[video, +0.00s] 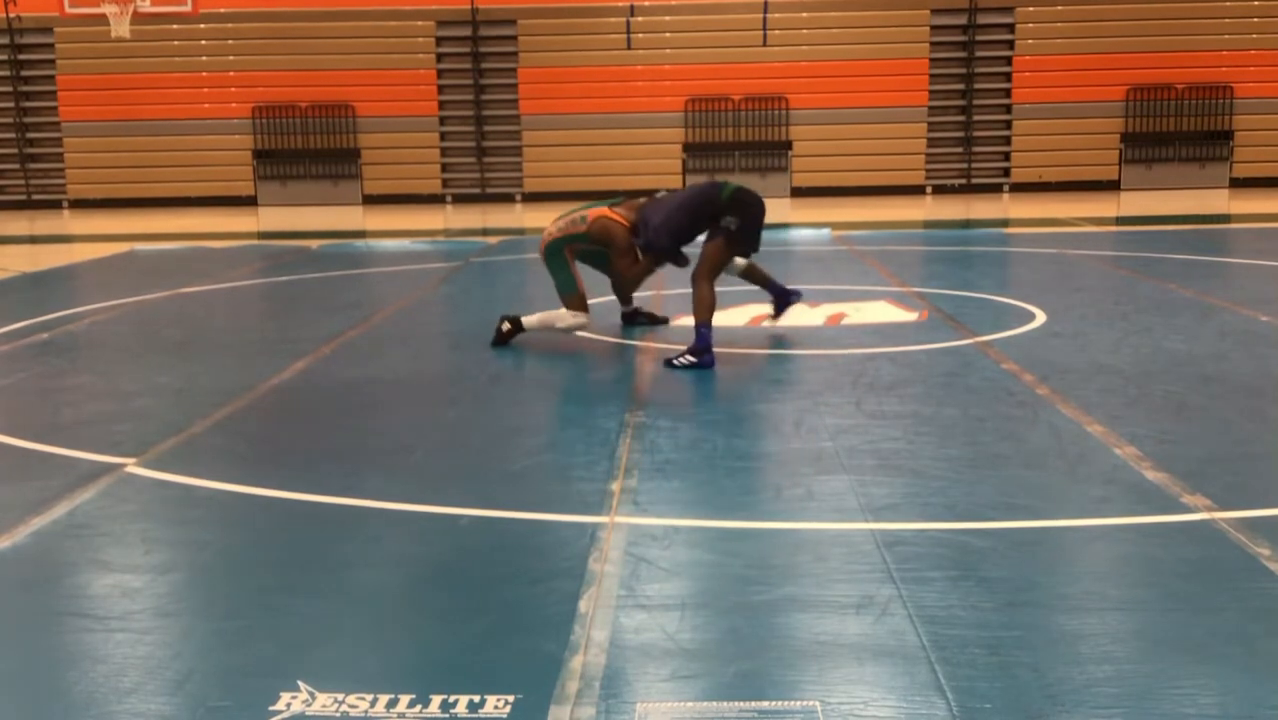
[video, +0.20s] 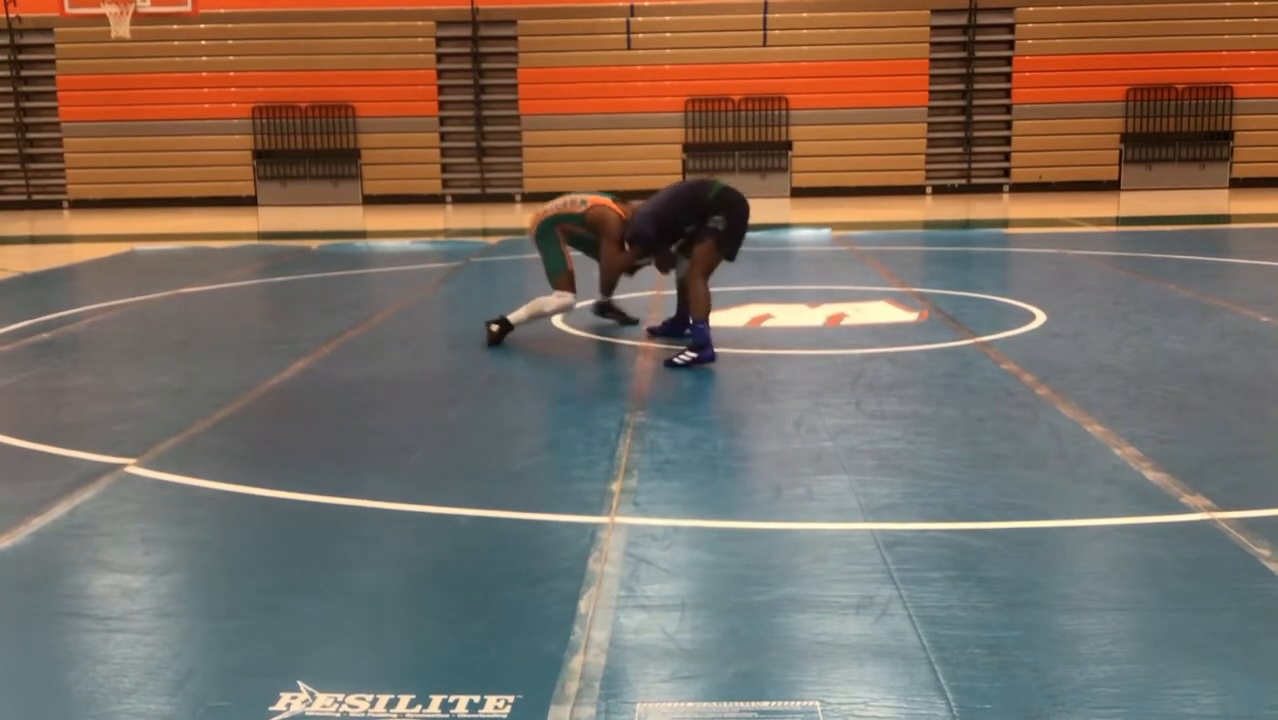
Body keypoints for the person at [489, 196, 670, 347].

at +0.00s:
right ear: (647, 229)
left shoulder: (634, 210)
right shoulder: (618, 232)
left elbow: (629, 272)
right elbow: (626, 283)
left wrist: (662, 254)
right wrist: (657, 259)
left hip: (574, 238)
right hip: (555, 245)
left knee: (620, 267)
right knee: (578, 318)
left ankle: (630, 313)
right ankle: (515, 324)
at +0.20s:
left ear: (636, 211)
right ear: (635, 218)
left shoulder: (621, 212)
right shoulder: (612, 219)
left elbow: (624, 266)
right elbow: (611, 271)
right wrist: (640, 247)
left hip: (566, 223)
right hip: (547, 225)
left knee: (612, 258)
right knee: (565, 299)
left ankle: (604, 302)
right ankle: (503, 324)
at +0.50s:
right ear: (640, 214)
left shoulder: (623, 204)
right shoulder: (611, 198)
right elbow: (598, 241)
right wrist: (633, 225)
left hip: (574, 215)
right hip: (551, 209)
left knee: (608, 264)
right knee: (554, 284)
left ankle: (599, 310)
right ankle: (490, 315)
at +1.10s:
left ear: (640, 192)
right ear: (643, 200)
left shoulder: (625, 200)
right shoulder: (619, 196)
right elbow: (615, 232)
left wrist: (670, 233)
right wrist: (650, 217)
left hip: (559, 213)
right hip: (541, 211)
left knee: (591, 258)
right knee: (562, 288)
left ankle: (589, 319)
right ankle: (494, 328)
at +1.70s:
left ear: (660, 178)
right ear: (665, 183)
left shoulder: (641, 185)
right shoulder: (641, 181)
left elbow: (633, 219)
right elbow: (632, 218)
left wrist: (666, 212)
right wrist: (669, 206)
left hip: (583, 197)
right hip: (566, 193)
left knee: (602, 257)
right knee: (578, 268)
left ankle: (590, 319)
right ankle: (512, 314)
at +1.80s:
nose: (684, 208)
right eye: (686, 201)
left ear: (669, 179)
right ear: (677, 192)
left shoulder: (655, 190)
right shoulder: (649, 185)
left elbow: (670, 247)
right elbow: (642, 226)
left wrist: (697, 236)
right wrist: (679, 210)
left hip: (583, 198)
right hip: (569, 196)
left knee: (603, 260)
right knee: (593, 268)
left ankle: (590, 319)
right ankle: (543, 326)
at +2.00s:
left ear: (671, 190)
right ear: (678, 197)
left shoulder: (655, 200)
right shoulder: (651, 197)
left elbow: (679, 247)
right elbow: (651, 241)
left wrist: (704, 236)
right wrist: (685, 221)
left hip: (580, 206)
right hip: (573, 208)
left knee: (603, 266)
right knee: (605, 281)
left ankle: (589, 320)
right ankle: (548, 335)